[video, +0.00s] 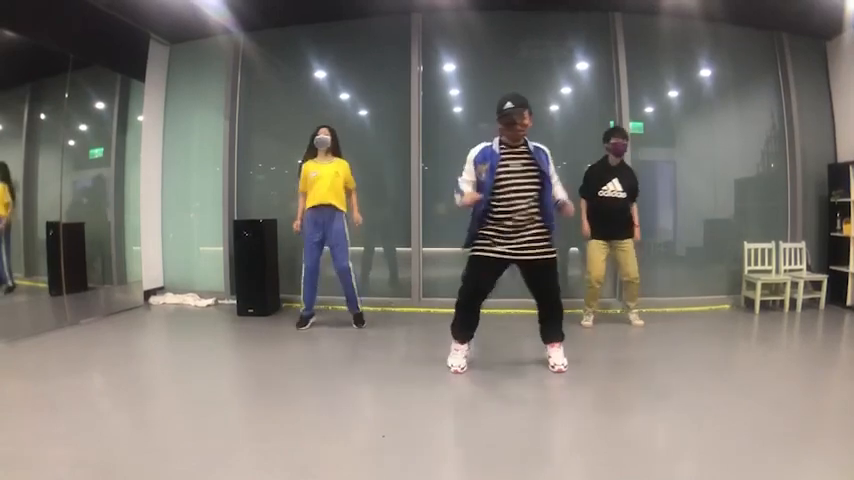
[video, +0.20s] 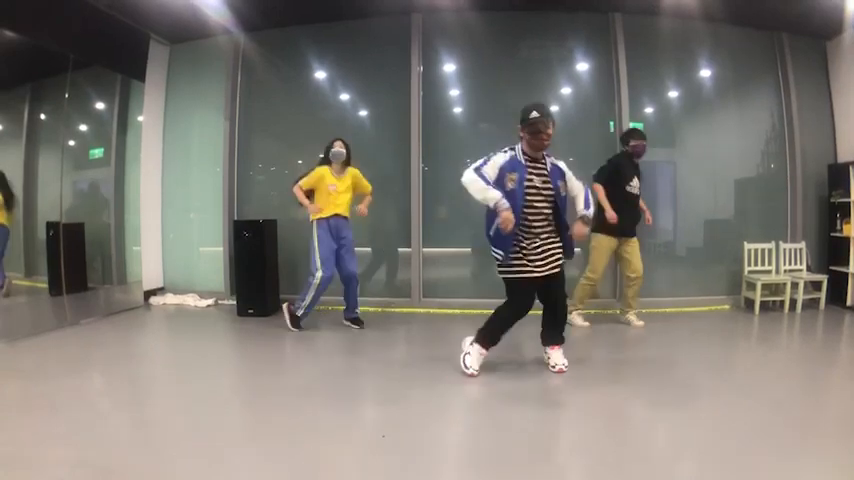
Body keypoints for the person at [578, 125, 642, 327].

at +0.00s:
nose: (619, 148)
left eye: (623, 144)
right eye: (615, 144)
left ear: (627, 146)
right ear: (606, 145)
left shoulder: (628, 172)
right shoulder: (593, 170)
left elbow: (632, 202)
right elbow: (584, 198)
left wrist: (636, 227)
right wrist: (585, 222)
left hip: (623, 234)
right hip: (598, 234)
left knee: (632, 276)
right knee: (595, 277)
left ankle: (632, 309)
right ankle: (589, 311)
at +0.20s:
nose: (640, 150)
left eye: (643, 146)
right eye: (636, 146)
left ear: (645, 147)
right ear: (627, 145)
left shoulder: (635, 168)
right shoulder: (617, 162)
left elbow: (633, 194)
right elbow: (597, 184)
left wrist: (645, 210)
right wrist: (608, 209)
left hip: (628, 231)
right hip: (606, 230)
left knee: (635, 273)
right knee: (594, 274)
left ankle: (628, 311)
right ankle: (574, 309)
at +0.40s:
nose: (649, 160)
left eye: (651, 156)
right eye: (645, 156)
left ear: (653, 156)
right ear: (635, 156)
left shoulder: (645, 181)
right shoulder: (625, 173)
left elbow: (649, 207)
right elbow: (616, 200)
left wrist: (649, 228)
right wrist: (621, 228)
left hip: (629, 239)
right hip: (608, 238)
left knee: (640, 276)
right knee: (597, 280)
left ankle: (627, 313)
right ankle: (572, 311)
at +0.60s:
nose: (650, 161)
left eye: (652, 157)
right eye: (646, 157)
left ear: (655, 159)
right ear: (636, 157)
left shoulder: (647, 185)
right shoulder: (618, 174)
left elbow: (648, 214)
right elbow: (606, 202)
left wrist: (648, 238)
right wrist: (616, 230)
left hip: (630, 239)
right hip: (605, 236)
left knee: (640, 277)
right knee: (605, 279)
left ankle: (627, 313)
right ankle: (587, 311)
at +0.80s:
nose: (624, 145)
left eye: (628, 142)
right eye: (620, 141)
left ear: (633, 147)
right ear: (613, 143)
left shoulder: (632, 174)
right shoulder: (598, 165)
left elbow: (638, 206)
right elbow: (586, 190)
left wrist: (642, 233)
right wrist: (589, 216)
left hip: (622, 234)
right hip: (596, 232)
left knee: (627, 277)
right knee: (592, 278)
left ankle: (626, 313)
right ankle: (586, 313)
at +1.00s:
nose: (608, 143)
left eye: (612, 139)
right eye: (604, 139)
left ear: (617, 140)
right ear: (597, 141)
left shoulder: (624, 167)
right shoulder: (588, 165)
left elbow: (628, 197)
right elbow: (581, 194)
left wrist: (629, 223)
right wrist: (580, 218)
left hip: (616, 230)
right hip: (591, 229)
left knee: (611, 275)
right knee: (588, 275)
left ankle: (606, 311)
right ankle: (586, 311)